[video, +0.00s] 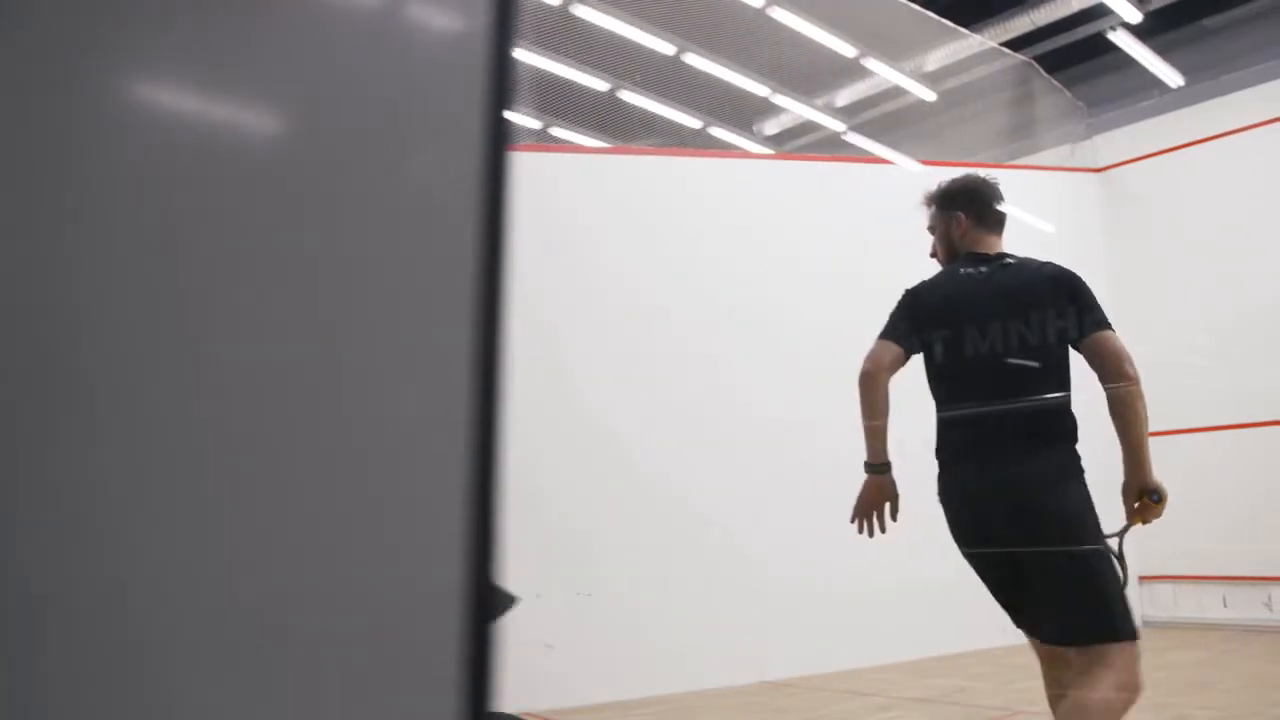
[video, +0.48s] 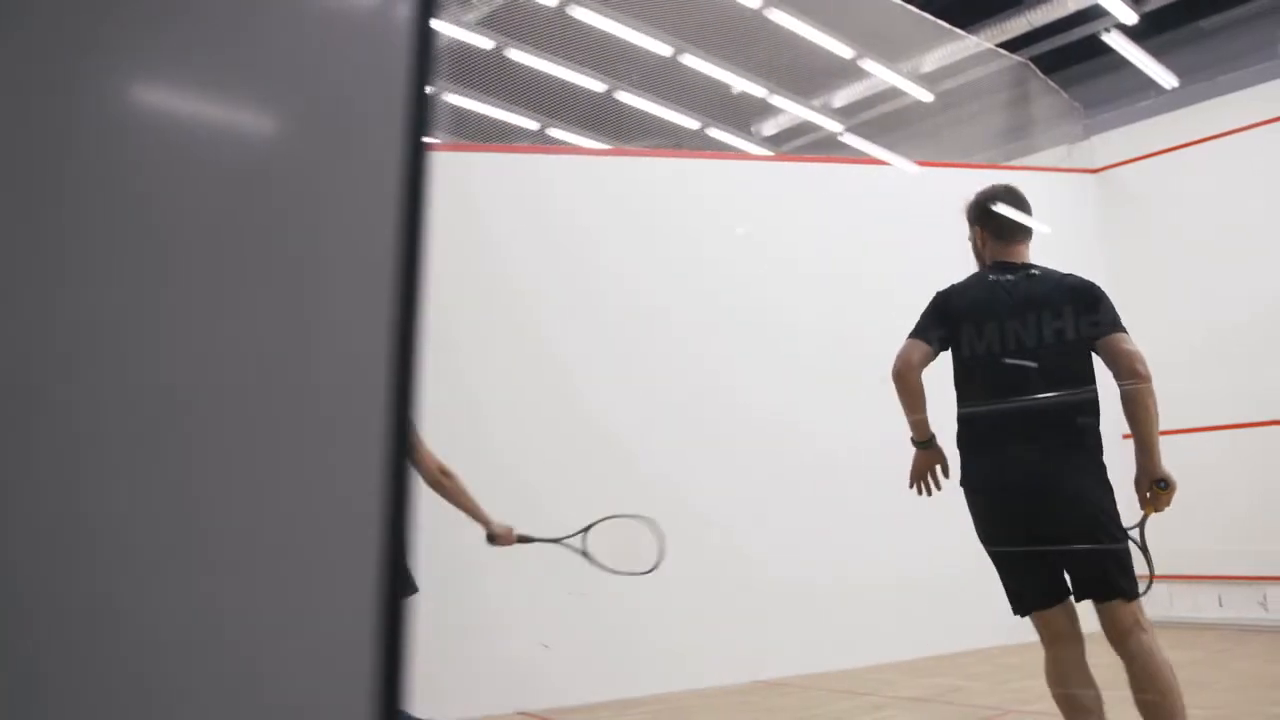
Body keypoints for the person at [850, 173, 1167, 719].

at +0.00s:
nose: (931, 248)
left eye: (933, 231)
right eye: (930, 234)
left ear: (960, 224)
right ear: (994, 226)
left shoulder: (926, 299)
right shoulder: (1055, 282)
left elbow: (873, 371)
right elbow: (1120, 374)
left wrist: (877, 469)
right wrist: (1139, 474)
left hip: (969, 497)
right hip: (1049, 489)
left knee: (1059, 662)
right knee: (1116, 674)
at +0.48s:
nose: (971, 245)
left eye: (971, 236)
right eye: (973, 236)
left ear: (979, 236)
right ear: (1029, 234)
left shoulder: (954, 302)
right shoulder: (1078, 292)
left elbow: (905, 367)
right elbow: (1133, 372)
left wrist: (922, 440)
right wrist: (1150, 464)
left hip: (997, 494)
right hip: (1076, 485)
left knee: (1059, 639)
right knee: (1131, 630)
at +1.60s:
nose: (813, 305)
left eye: (811, 298)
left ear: (809, 301)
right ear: (858, 298)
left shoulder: (815, 356)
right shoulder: (899, 350)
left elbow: (826, 422)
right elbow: (944, 421)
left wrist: (817, 499)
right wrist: (912, 475)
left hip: (877, 518)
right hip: (938, 513)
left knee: (807, 626)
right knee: (999, 625)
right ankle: (1096, 714)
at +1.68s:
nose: (786, 305)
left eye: (783, 299)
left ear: (785, 304)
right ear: (831, 299)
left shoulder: (791, 356)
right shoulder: (872, 350)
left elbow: (807, 423)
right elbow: (916, 421)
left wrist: (794, 498)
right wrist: (880, 472)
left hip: (854, 517)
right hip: (912, 512)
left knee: (791, 629)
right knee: (967, 625)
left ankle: (811, 719)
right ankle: (1073, 710)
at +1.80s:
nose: (750, 305)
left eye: (748, 299)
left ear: (750, 303)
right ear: (798, 300)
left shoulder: (760, 357)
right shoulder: (834, 351)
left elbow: (778, 427)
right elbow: (873, 425)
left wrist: (762, 500)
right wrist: (814, 457)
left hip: (821, 517)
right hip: (877, 511)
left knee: (771, 632)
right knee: (908, 629)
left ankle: (802, 719)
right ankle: (1018, 708)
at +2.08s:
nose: (680, 314)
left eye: (679, 306)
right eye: (685, 304)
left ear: (680, 308)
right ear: (725, 306)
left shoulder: (695, 357)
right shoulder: (755, 357)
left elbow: (711, 432)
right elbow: (765, 439)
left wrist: (689, 491)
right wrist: (712, 479)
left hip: (758, 517)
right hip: (798, 511)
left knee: (727, 641)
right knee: (755, 629)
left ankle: (785, 718)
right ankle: (830, 712)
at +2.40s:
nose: (599, 323)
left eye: (598, 315)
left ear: (601, 315)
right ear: (644, 314)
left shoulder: (626, 356)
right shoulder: (657, 360)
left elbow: (630, 429)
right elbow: (654, 457)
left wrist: (589, 473)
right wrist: (584, 464)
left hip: (687, 522)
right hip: (677, 518)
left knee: (687, 654)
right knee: (606, 610)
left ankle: (770, 715)